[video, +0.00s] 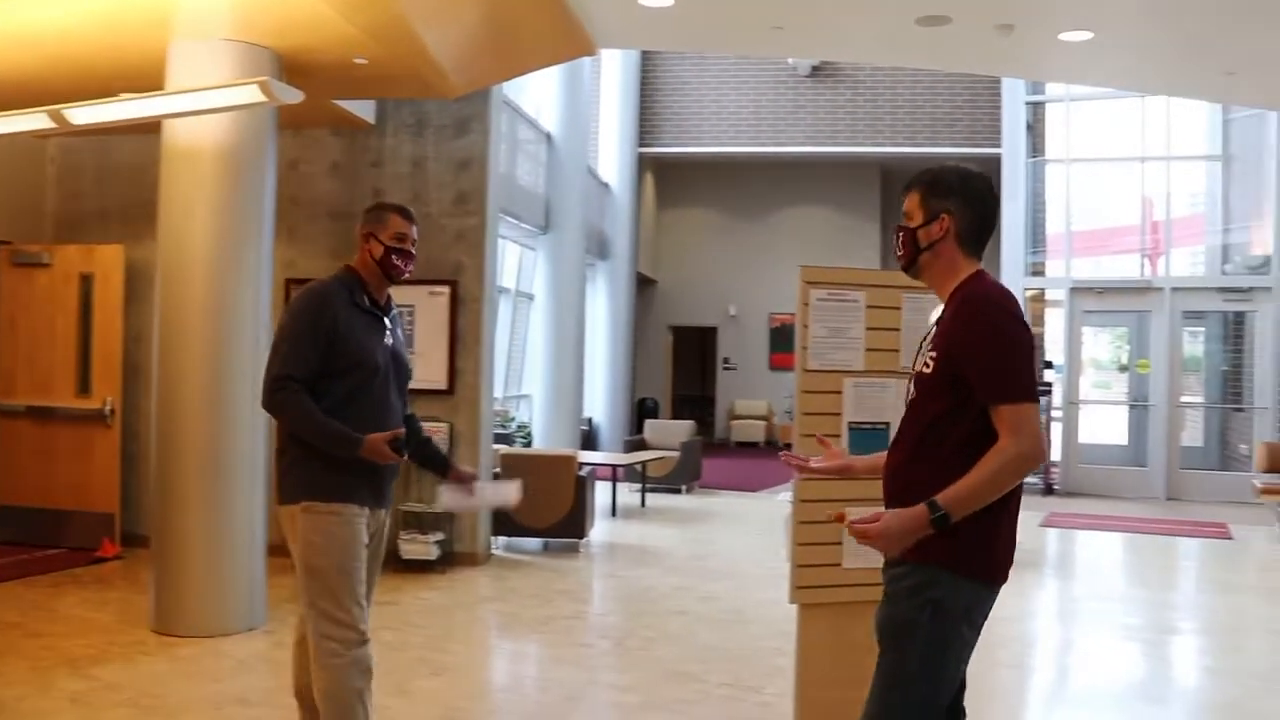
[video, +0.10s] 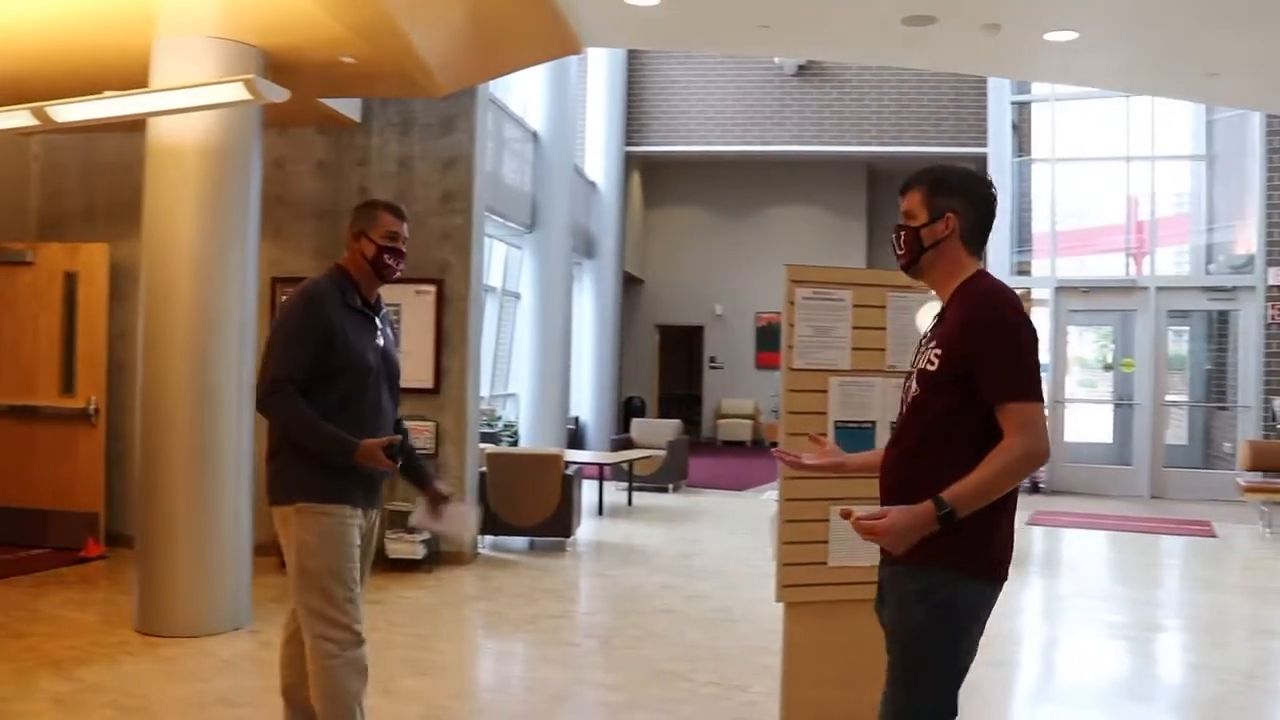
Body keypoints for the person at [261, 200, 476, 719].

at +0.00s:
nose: (406, 256)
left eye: (412, 249)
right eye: (398, 245)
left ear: (412, 253)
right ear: (366, 240)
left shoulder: (386, 316)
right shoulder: (320, 301)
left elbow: (395, 414)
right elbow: (279, 393)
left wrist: (446, 469)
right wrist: (357, 445)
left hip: (371, 495)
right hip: (324, 494)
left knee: (330, 632)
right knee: (342, 638)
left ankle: (318, 714)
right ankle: (348, 716)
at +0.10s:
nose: (398, 255)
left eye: (403, 247)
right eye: (389, 243)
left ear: (404, 251)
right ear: (355, 240)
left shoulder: (378, 317)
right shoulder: (311, 302)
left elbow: (384, 415)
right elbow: (274, 396)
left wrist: (425, 479)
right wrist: (351, 449)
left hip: (361, 495)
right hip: (314, 495)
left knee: (312, 631)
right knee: (338, 640)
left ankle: (303, 715)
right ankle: (343, 718)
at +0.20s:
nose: (389, 252)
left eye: (393, 243)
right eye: (379, 241)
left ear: (391, 248)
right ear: (344, 239)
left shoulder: (364, 312)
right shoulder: (304, 302)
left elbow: (372, 414)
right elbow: (269, 402)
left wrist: (402, 494)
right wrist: (348, 453)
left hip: (346, 496)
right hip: (308, 497)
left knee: (298, 633)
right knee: (331, 643)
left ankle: (289, 716)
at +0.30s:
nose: (377, 249)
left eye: (381, 241)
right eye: (366, 238)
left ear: (381, 246)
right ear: (331, 238)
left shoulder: (353, 311)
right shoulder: (295, 303)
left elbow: (362, 414)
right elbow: (266, 408)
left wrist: (378, 502)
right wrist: (347, 463)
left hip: (337, 499)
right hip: (302, 501)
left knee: (290, 636)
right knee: (320, 650)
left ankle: (275, 716)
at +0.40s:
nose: (371, 245)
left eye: (374, 236)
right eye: (360, 234)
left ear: (372, 241)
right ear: (323, 236)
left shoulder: (344, 306)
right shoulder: (289, 303)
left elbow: (346, 413)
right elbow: (265, 413)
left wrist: (362, 500)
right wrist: (346, 468)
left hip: (332, 501)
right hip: (298, 503)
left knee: (287, 641)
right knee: (314, 657)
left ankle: (265, 717)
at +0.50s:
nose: (368, 242)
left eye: (371, 233)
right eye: (357, 231)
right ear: (319, 233)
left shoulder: (339, 302)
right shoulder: (285, 300)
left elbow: (335, 406)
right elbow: (260, 414)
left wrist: (355, 489)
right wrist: (346, 468)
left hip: (327, 501)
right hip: (296, 502)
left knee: (287, 641)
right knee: (313, 656)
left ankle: (261, 715)